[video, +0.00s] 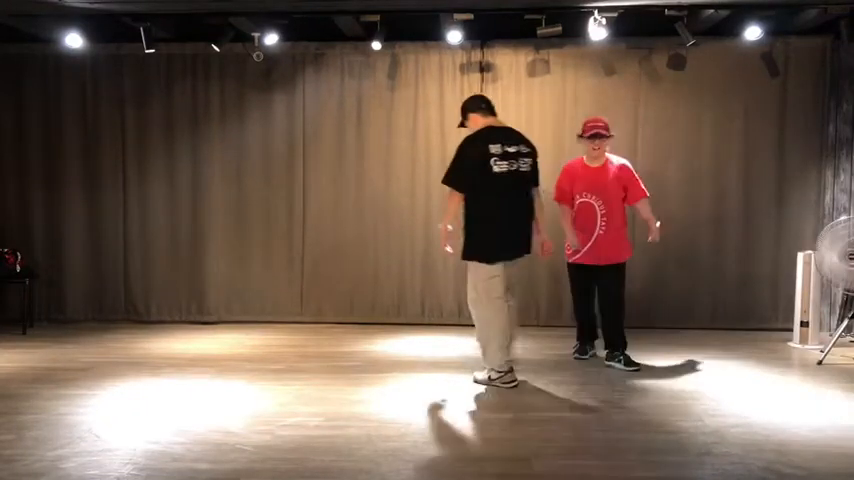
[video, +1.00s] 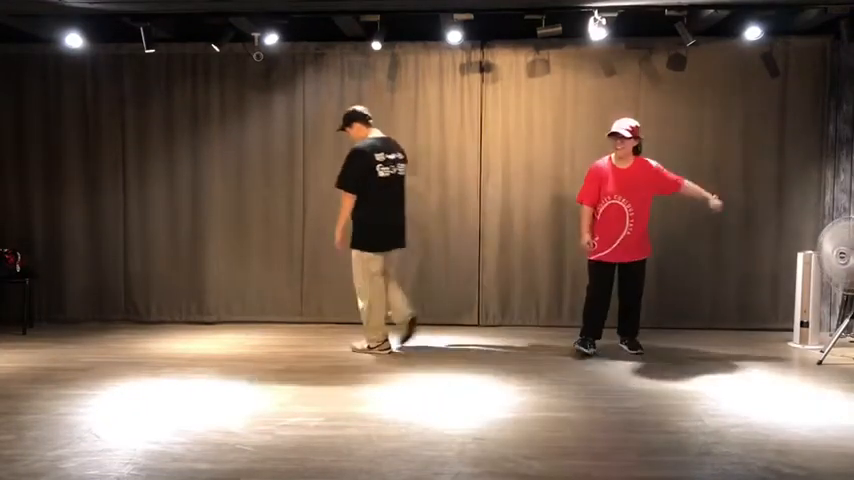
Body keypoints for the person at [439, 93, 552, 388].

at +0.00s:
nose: (468, 128)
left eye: (467, 123)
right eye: (467, 124)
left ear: (473, 117)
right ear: (492, 113)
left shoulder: (473, 143)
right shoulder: (523, 141)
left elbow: (456, 192)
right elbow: (535, 193)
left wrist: (447, 227)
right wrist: (541, 232)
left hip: (484, 237)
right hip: (516, 235)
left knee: (485, 301)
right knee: (503, 296)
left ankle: (499, 369)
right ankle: (504, 359)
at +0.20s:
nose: (446, 131)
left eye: (445, 127)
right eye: (445, 128)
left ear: (451, 123)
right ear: (472, 120)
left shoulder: (449, 150)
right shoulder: (497, 151)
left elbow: (431, 192)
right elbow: (510, 197)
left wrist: (418, 222)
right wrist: (521, 235)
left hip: (459, 240)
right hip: (490, 239)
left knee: (473, 303)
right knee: (467, 298)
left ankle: (499, 366)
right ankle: (450, 349)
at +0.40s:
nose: (423, 135)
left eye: (422, 130)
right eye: (422, 131)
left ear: (428, 125)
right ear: (447, 122)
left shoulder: (428, 149)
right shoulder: (474, 152)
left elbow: (416, 195)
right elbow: (476, 197)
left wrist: (407, 231)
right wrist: (472, 229)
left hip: (434, 236)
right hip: (467, 236)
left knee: (426, 293)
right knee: (456, 295)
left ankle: (466, 336)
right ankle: (447, 350)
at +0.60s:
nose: (400, 136)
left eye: (399, 131)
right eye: (399, 131)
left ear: (406, 125)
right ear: (423, 121)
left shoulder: (410, 149)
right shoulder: (448, 148)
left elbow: (404, 197)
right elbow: (445, 193)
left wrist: (398, 233)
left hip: (416, 235)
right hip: (446, 235)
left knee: (401, 292)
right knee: (444, 295)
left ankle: (399, 344)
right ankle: (446, 350)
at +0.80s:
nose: (374, 138)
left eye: (373, 132)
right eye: (372, 133)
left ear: (381, 128)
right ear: (395, 125)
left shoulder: (384, 154)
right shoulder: (420, 149)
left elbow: (380, 200)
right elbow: (420, 194)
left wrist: (376, 235)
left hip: (394, 234)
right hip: (422, 233)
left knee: (385, 291)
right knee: (427, 291)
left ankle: (377, 339)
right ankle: (443, 344)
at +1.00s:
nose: (349, 136)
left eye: (349, 131)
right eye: (348, 131)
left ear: (356, 126)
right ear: (369, 123)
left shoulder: (360, 152)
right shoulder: (395, 147)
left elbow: (349, 196)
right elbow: (394, 190)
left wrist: (340, 228)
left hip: (367, 229)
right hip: (393, 226)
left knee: (368, 285)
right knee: (385, 276)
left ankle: (377, 339)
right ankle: (405, 316)